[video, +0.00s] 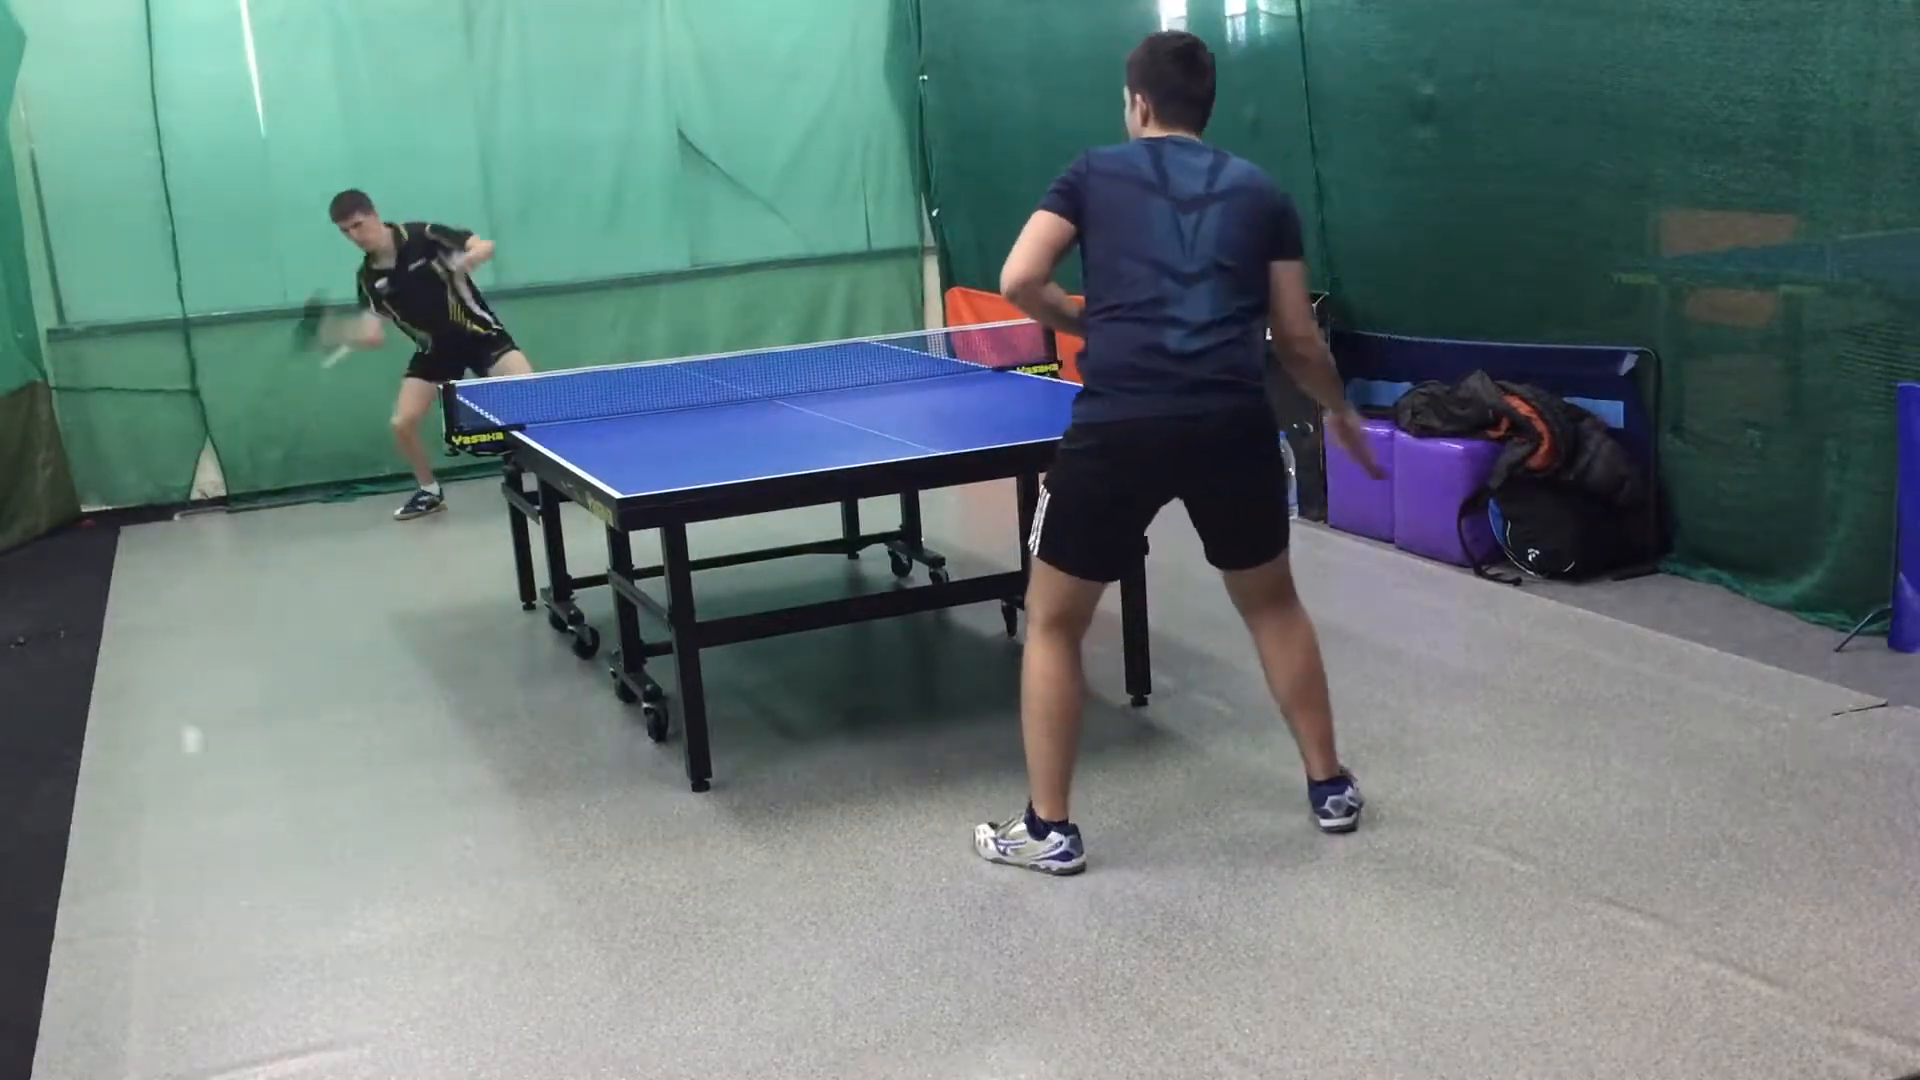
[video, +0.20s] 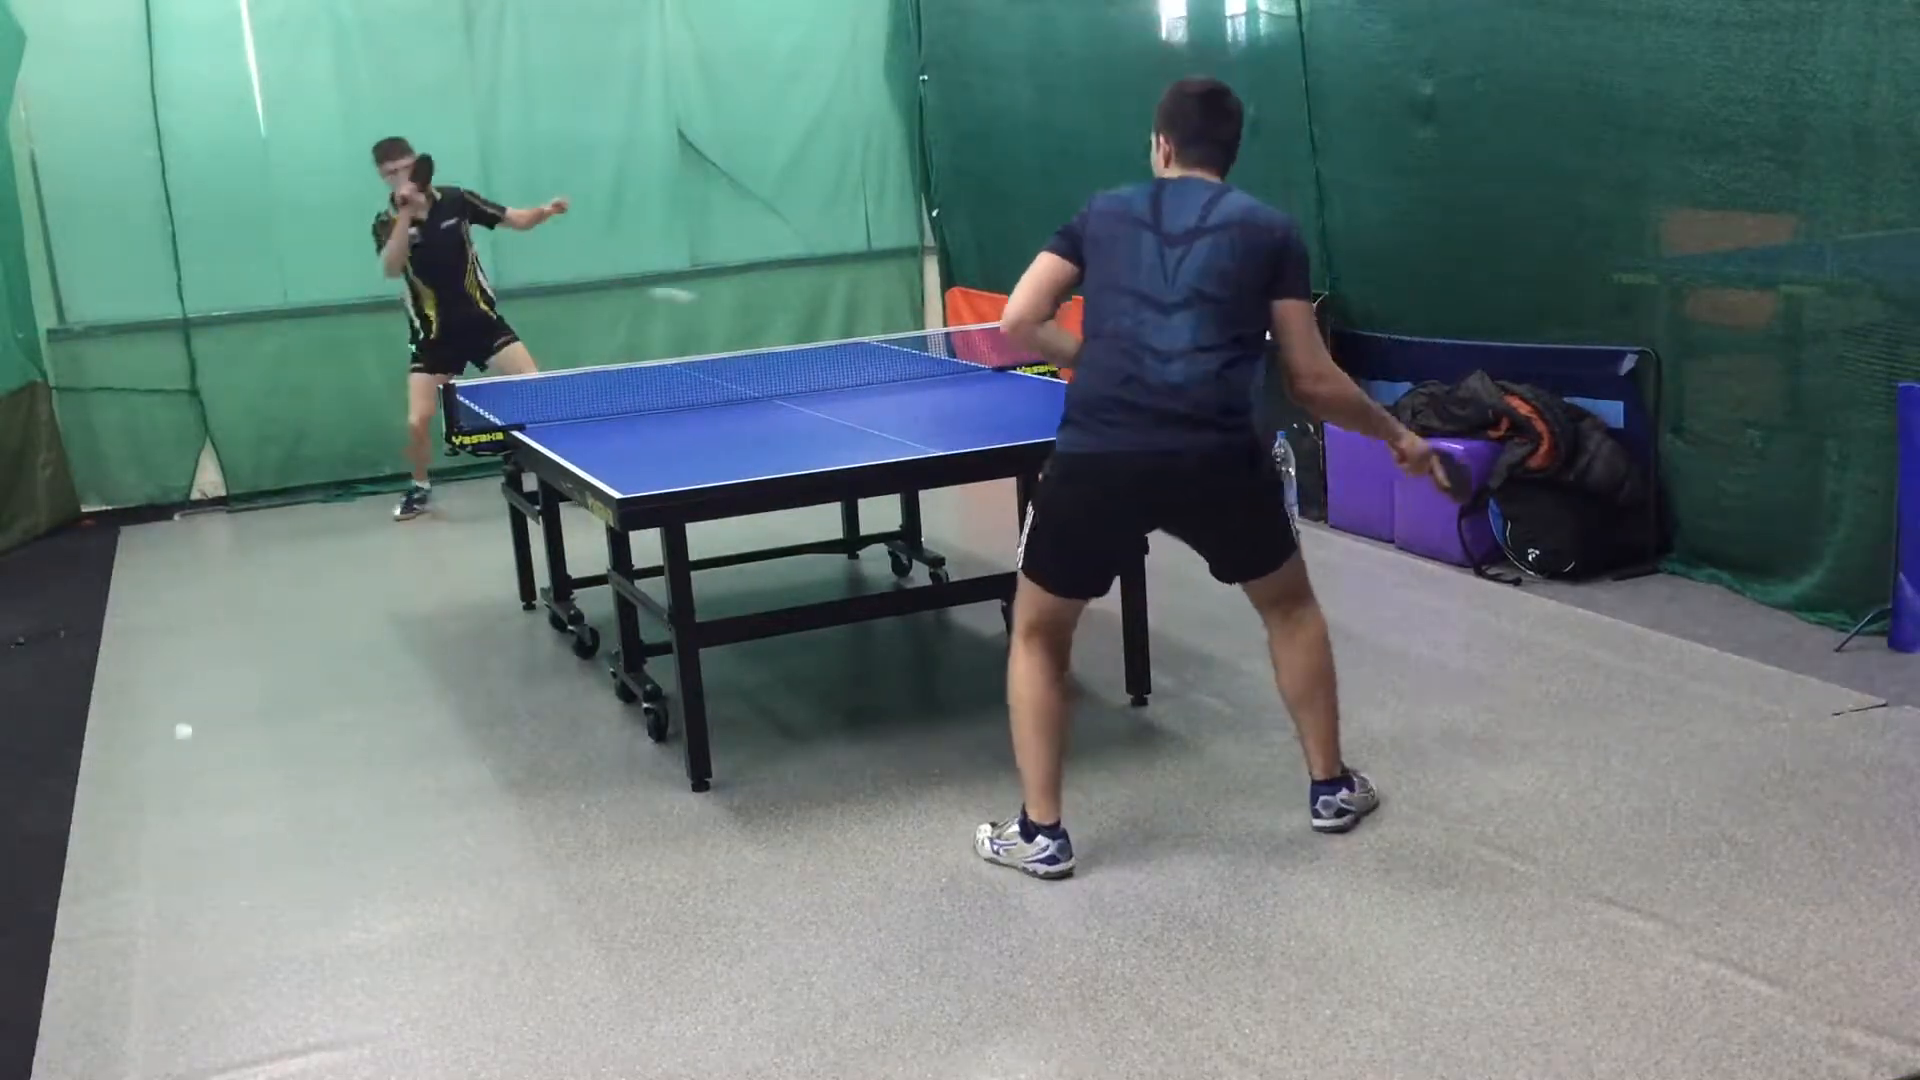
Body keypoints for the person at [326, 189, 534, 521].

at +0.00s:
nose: (355, 236)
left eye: (357, 226)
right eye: (347, 231)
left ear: (374, 215)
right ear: (344, 233)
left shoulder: (420, 235)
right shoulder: (367, 277)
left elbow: (484, 246)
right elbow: (375, 334)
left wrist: (466, 260)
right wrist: (349, 334)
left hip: (480, 334)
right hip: (434, 348)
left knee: (530, 393)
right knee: (403, 423)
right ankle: (429, 490)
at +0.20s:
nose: (398, 179)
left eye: (403, 170)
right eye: (390, 174)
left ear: (418, 167)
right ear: (381, 177)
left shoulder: (453, 200)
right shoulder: (387, 223)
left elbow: (512, 219)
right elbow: (392, 267)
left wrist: (544, 212)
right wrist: (405, 216)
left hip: (481, 322)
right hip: (431, 335)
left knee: (534, 388)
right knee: (417, 422)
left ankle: (536, 470)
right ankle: (420, 486)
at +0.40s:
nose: (443, 174)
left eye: (447, 165)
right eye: (434, 168)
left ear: (454, 165)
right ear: (419, 171)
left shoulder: (483, 205)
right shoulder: (415, 223)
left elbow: (532, 242)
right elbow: (413, 292)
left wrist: (569, 252)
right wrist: (434, 261)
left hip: (493, 319)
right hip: (443, 328)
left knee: (547, 385)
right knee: (420, 417)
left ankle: (527, 472)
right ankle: (397, 496)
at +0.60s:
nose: (422, 176)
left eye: (426, 167)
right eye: (413, 170)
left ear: (434, 164)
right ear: (398, 173)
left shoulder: (465, 204)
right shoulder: (395, 225)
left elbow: (512, 253)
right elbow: (390, 292)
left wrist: (541, 287)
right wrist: (416, 287)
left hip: (486, 312)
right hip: (437, 320)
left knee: (532, 384)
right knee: (403, 407)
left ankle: (540, 476)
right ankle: (409, 495)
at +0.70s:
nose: (400, 195)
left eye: (404, 186)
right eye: (391, 190)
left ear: (412, 182)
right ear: (376, 192)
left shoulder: (443, 219)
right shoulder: (379, 240)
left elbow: (484, 275)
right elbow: (379, 298)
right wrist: (379, 318)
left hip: (475, 312)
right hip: (432, 321)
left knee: (527, 390)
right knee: (399, 409)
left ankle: (537, 477)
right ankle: (410, 497)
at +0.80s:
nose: (381, 221)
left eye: (386, 211)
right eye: (372, 215)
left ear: (395, 205)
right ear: (360, 217)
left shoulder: (428, 243)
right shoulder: (371, 261)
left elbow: (446, 313)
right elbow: (378, 332)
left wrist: (414, 353)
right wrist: (349, 366)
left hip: (479, 326)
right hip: (436, 332)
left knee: (519, 388)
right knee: (392, 411)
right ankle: (409, 497)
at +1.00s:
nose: (376, 237)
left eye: (380, 227)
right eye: (367, 232)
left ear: (391, 217)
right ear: (356, 231)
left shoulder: (421, 251)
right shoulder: (385, 268)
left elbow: (445, 302)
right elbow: (406, 338)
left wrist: (406, 335)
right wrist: (365, 381)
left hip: (498, 338)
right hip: (452, 344)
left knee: (533, 397)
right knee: (401, 414)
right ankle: (412, 497)